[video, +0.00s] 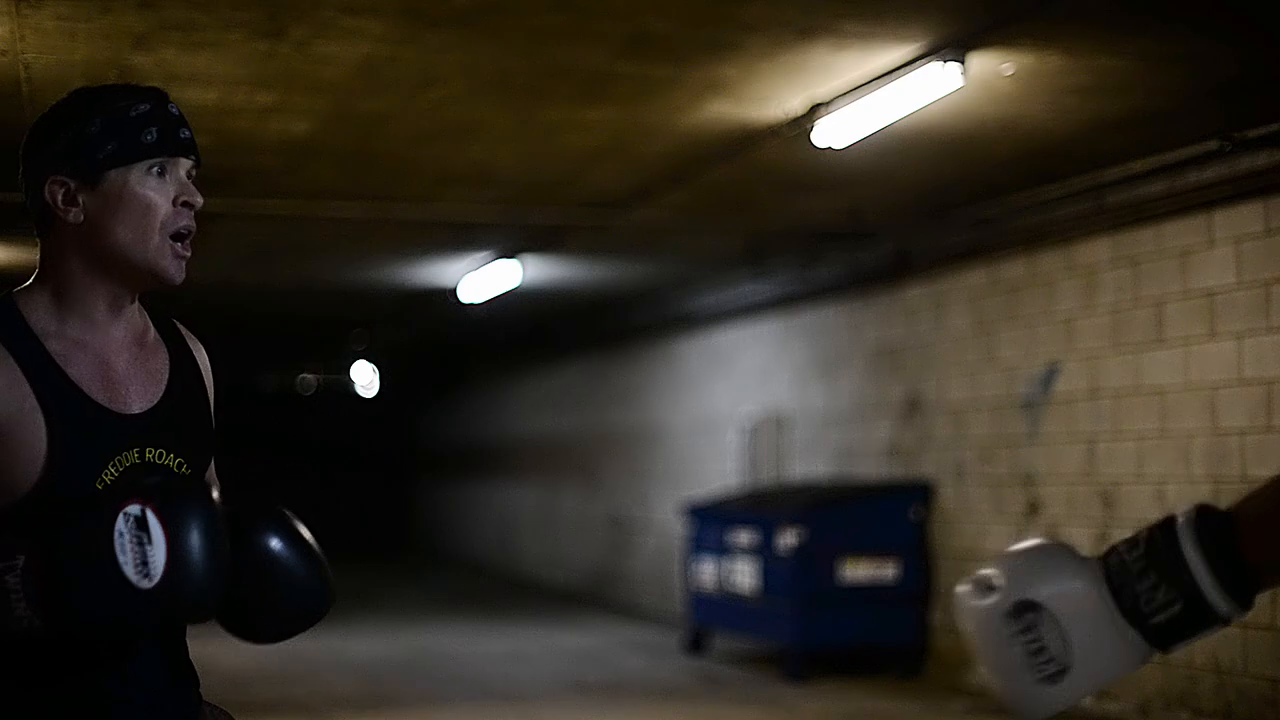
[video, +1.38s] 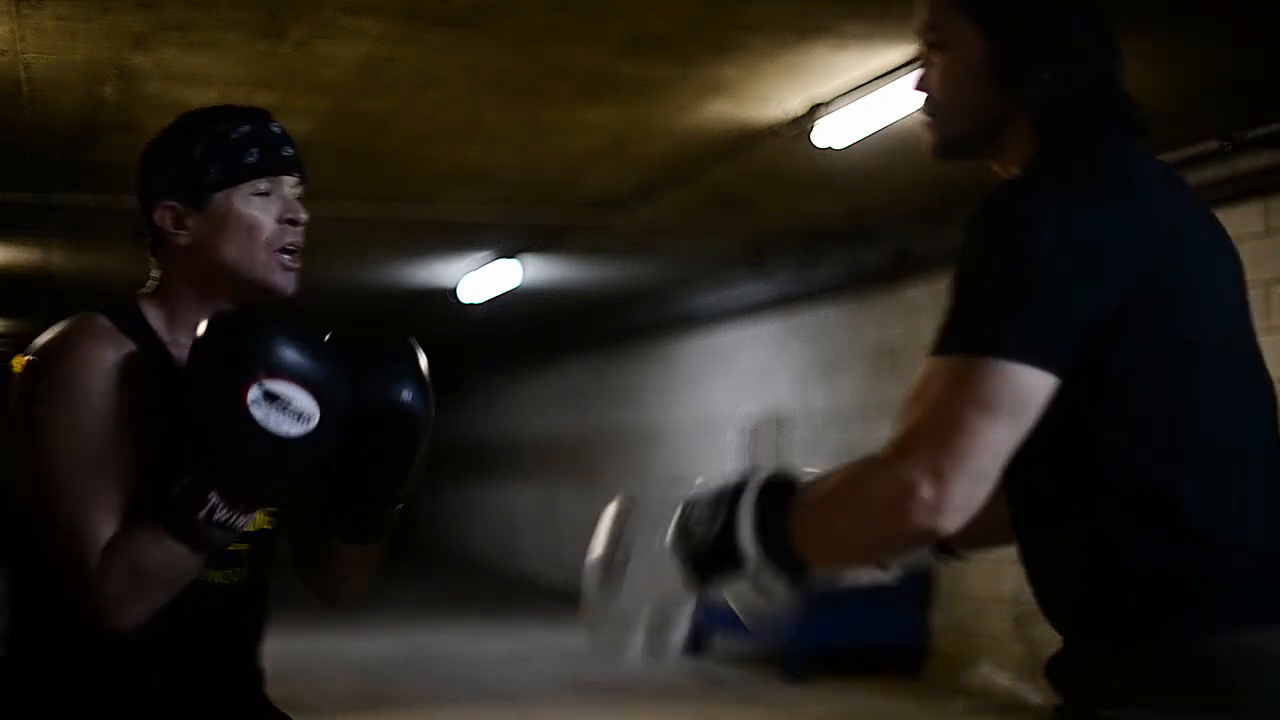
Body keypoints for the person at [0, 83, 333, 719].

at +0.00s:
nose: (192, 199)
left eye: (189, 178)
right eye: (157, 172)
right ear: (69, 200)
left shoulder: (187, 358)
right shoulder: (10, 364)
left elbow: (207, 509)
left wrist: (253, 562)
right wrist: (85, 570)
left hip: (166, 690)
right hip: (40, 698)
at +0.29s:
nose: (254, 206)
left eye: (249, 185)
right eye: (217, 182)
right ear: (129, 212)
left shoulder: (241, 379)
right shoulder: (43, 383)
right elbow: (9, 578)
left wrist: (304, 564)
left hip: (204, 692)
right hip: (69, 700)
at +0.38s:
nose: (297, 210)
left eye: (291, 192)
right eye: (261, 189)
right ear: (174, 222)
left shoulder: (277, 386)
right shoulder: (81, 392)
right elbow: (15, 587)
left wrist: (340, 576)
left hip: (234, 697)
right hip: (99, 706)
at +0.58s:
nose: (409, 225)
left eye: (403, 205)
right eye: (378, 202)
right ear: (288, 227)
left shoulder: (366, 390)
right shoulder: (180, 382)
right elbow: (128, 609)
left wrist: (434, 542)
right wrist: (316, 580)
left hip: (282, 695)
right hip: (147, 703)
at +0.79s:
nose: (428, 235)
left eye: (423, 212)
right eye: (398, 208)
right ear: (306, 228)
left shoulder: (370, 379)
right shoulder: (195, 374)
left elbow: (428, 593)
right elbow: (239, 614)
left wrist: (503, 489)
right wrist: (377, 510)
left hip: (281, 697)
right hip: (143, 699)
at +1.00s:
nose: (364, 233)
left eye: (360, 212)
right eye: (334, 207)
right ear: (243, 231)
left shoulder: (304, 376)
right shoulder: (134, 376)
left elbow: (358, 597)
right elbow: (146, 616)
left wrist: (423, 496)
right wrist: (293, 524)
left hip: (239, 703)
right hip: (98, 714)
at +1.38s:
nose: (297, 216)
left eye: (296, 196)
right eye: (264, 194)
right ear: (178, 222)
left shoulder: (265, 357)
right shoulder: (80, 362)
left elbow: (332, 583)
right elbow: (108, 599)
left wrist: (377, 466)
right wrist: (228, 477)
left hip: (229, 699)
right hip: (95, 713)